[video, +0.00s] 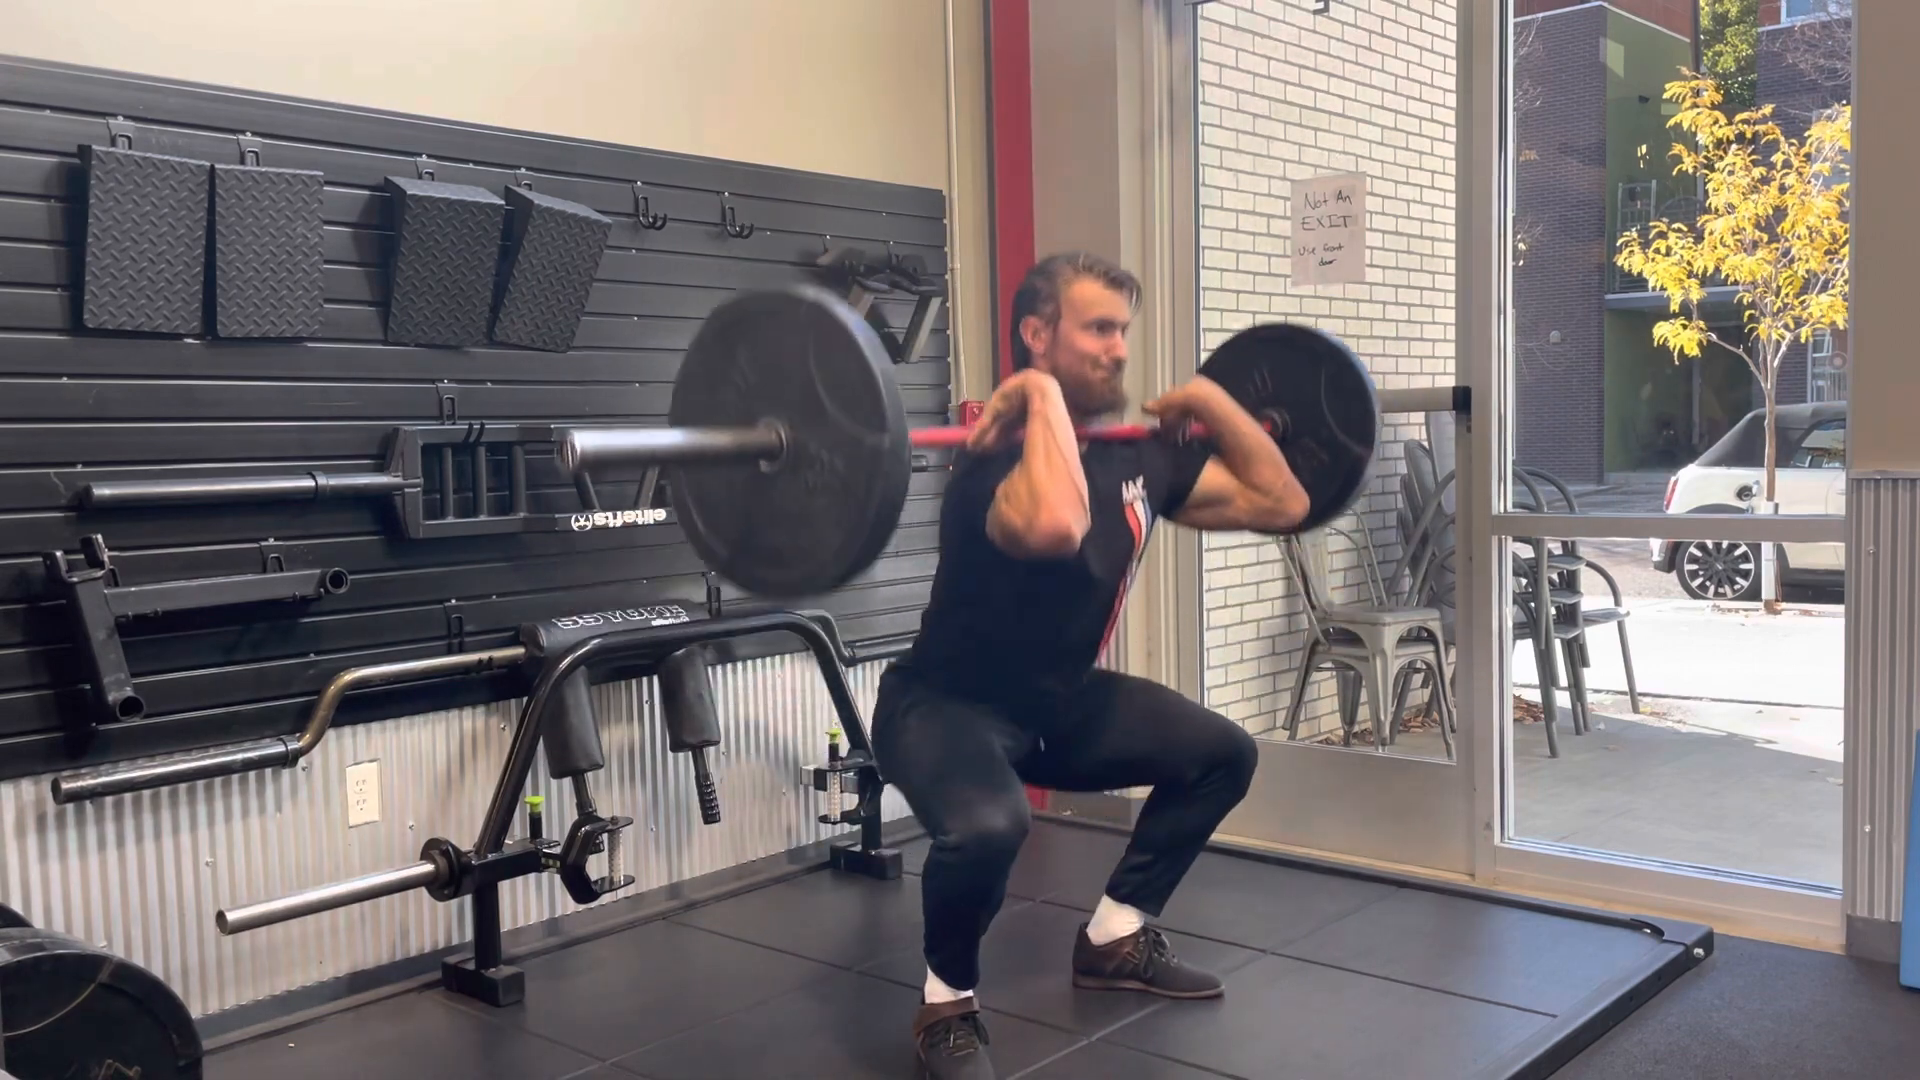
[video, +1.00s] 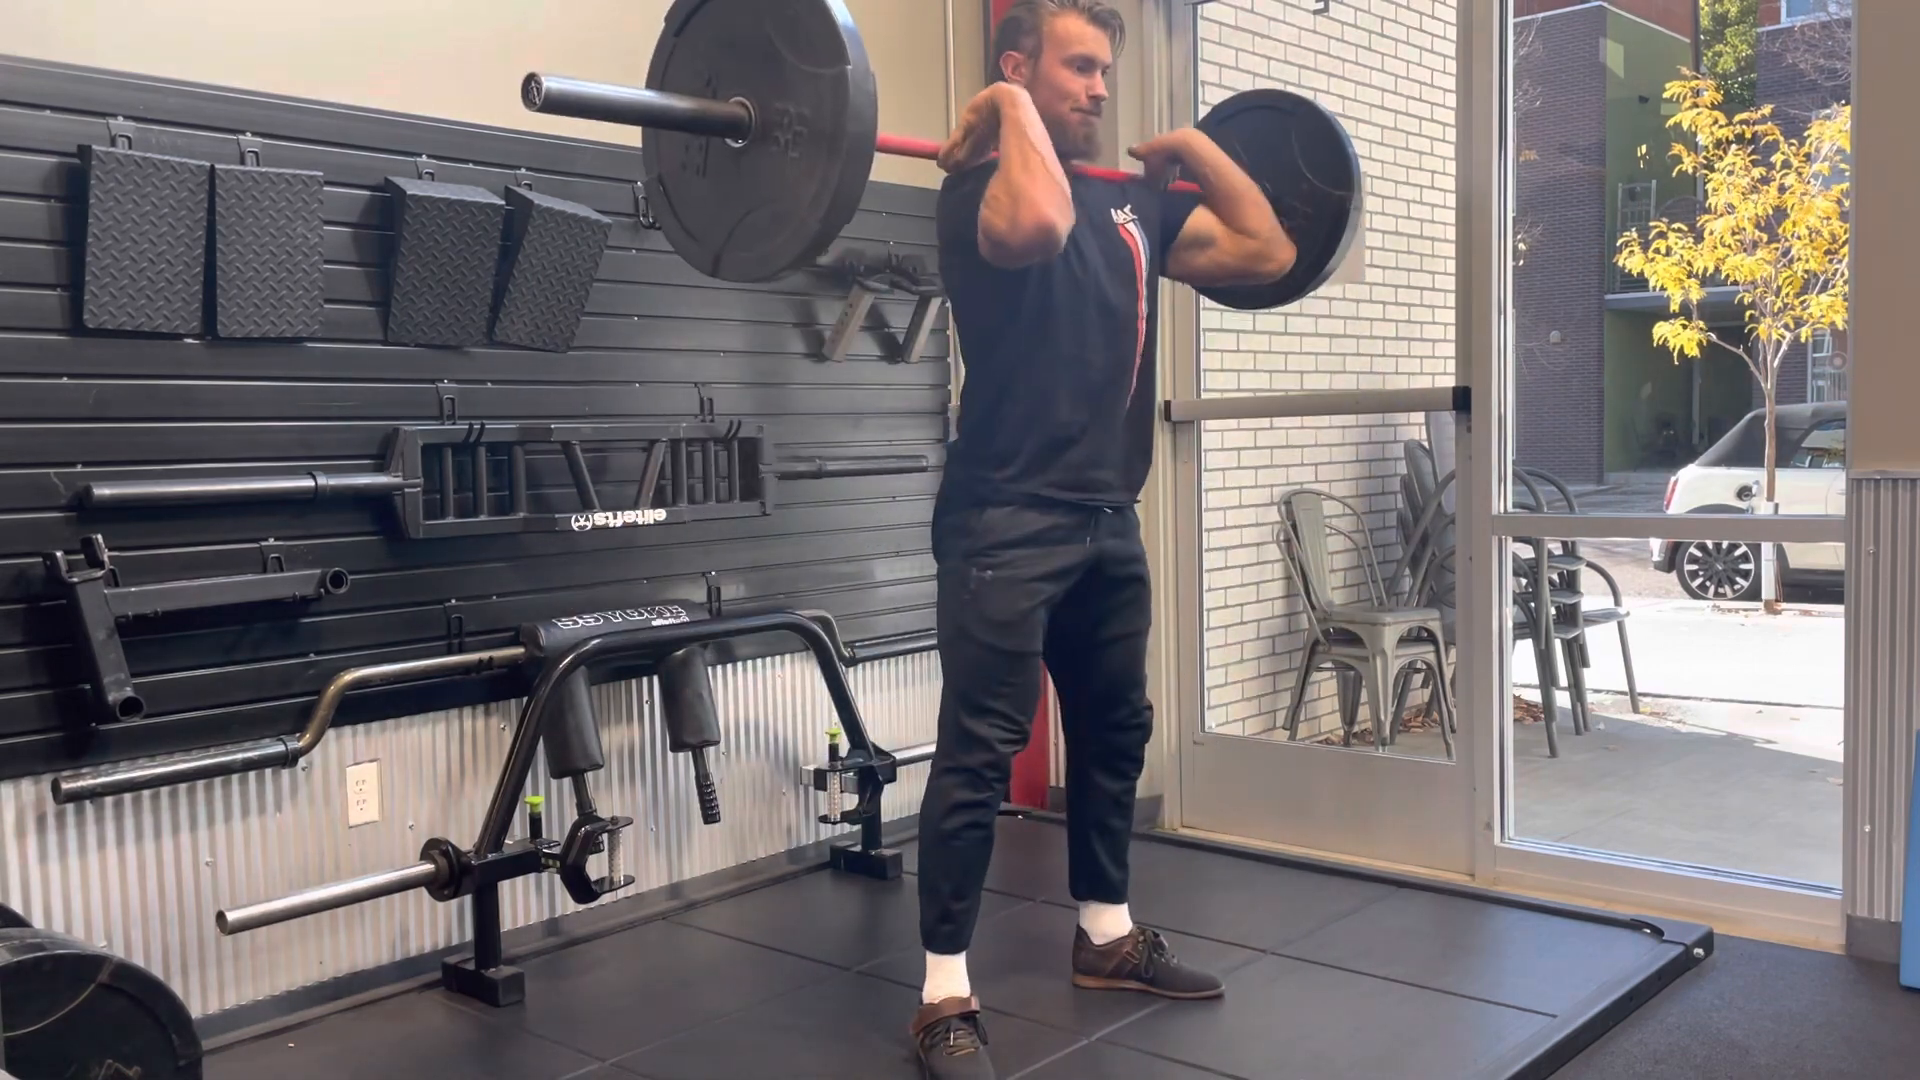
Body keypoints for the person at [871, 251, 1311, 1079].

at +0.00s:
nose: (1119, 348)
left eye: (1123, 330)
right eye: (1099, 329)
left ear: (1126, 341)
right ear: (1036, 337)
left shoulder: (1138, 458)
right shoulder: (992, 455)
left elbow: (1280, 502)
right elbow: (1056, 525)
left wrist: (1210, 403)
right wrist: (1043, 392)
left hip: (1061, 702)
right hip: (946, 703)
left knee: (1222, 753)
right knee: (987, 826)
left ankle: (1113, 938)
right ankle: (947, 1000)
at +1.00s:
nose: (1100, 88)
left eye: (1106, 72)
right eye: (1082, 65)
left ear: (1102, 90)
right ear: (1020, 73)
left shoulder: (1128, 201)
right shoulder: (972, 186)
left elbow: (1264, 247)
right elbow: (1040, 226)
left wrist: (1191, 145)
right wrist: (1009, 101)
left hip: (1106, 518)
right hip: (1004, 518)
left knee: (1115, 732)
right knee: (980, 745)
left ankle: (1105, 939)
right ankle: (946, 993)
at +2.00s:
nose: (1076, 82)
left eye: (1077, 67)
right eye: (1053, 64)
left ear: (1069, 91)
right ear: (989, 86)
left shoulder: (1097, 237)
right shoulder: (947, 224)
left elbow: (1129, 388)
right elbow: (909, 397)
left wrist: (1159, 521)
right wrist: (950, 543)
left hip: (1074, 529)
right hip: (974, 533)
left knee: (1117, 725)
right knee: (994, 744)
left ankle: (1086, 939)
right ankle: (956, 993)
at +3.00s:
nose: (1100, 79)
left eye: (1104, 63)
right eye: (1079, 58)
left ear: (1092, 80)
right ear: (1013, 69)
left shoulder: (1121, 228)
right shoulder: (957, 214)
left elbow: (1143, 385)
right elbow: (932, 393)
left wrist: (1170, 521)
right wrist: (960, 547)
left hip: (1094, 529)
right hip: (990, 533)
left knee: (1116, 730)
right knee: (988, 756)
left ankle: (1087, 940)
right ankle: (950, 994)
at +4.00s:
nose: (1116, 87)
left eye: (1119, 69)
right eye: (1094, 65)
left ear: (1106, 89)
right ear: (1025, 79)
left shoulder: (1120, 235)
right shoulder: (960, 222)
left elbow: (1138, 392)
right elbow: (927, 403)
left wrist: (1159, 531)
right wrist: (953, 559)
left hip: (1075, 534)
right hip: (969, 538)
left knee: (1115, 729)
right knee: (987, 742)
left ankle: (1086, 940)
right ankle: (949, 993)